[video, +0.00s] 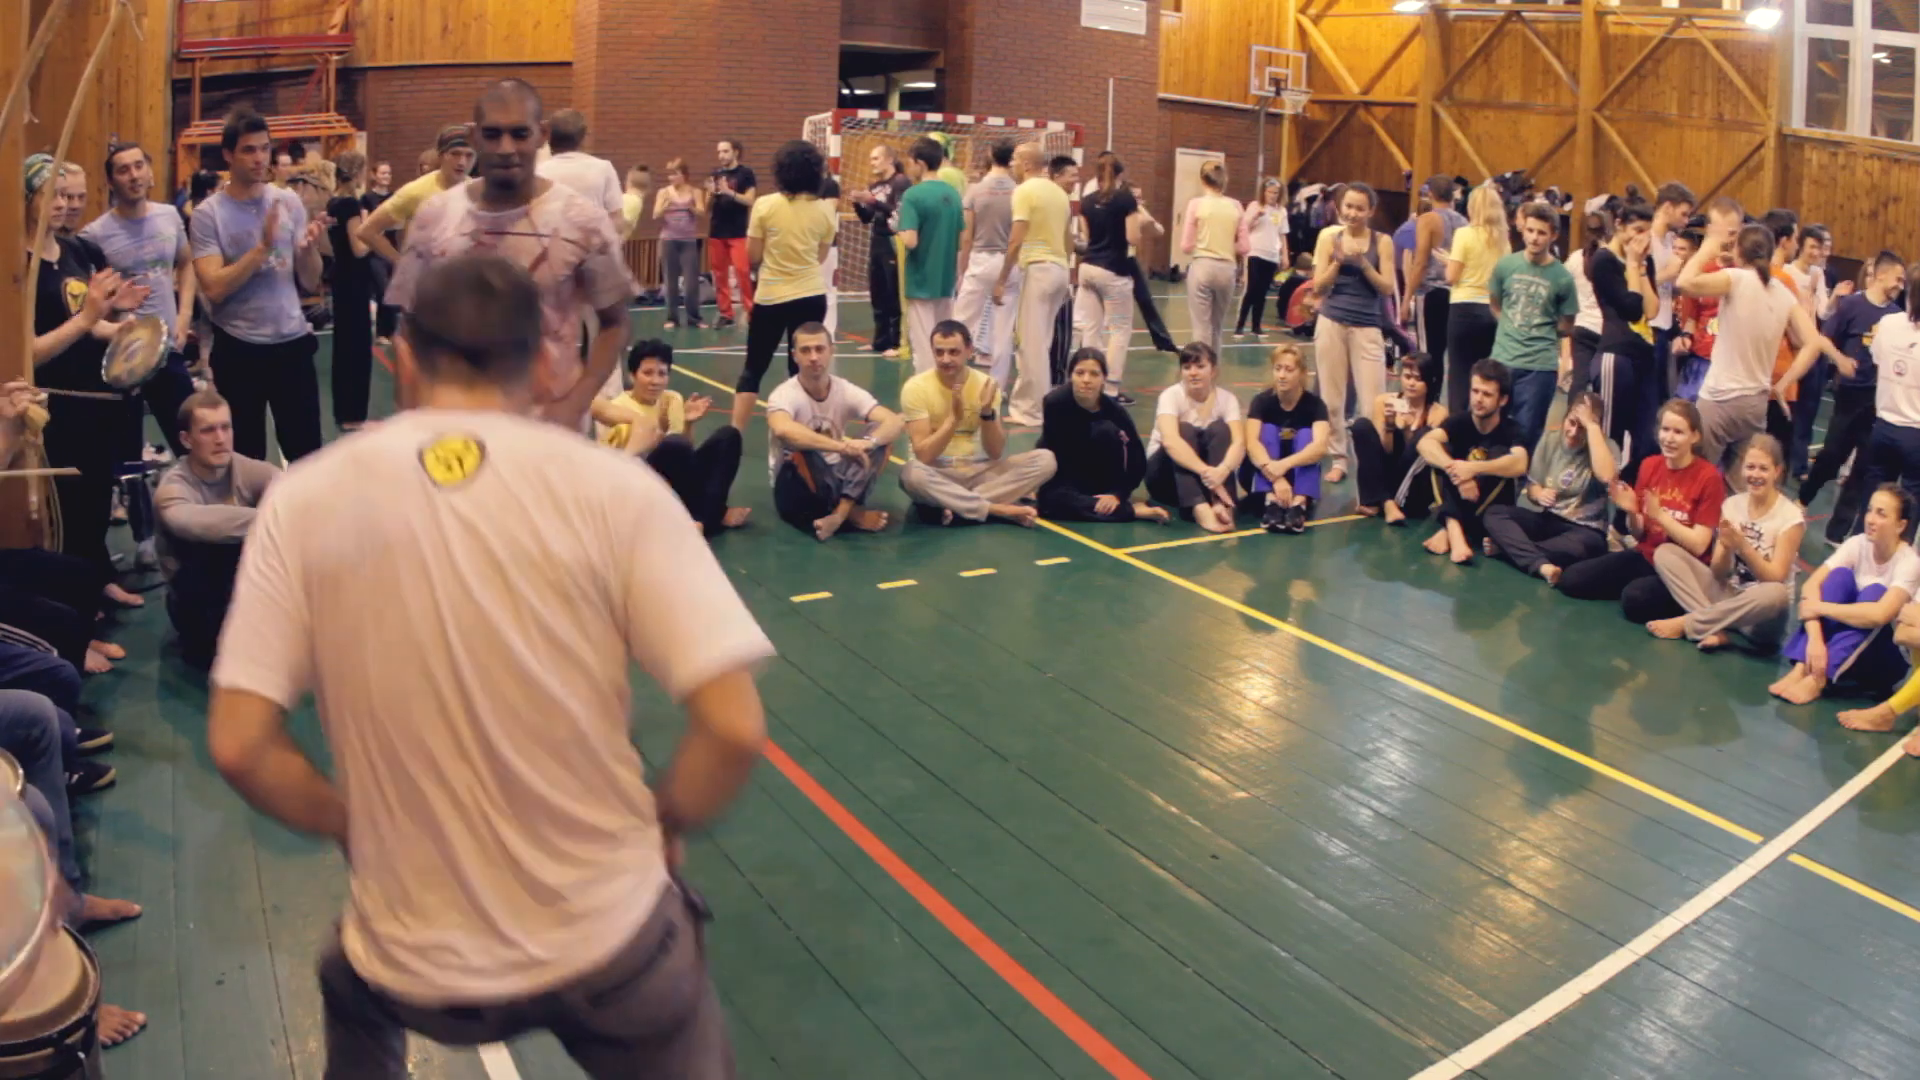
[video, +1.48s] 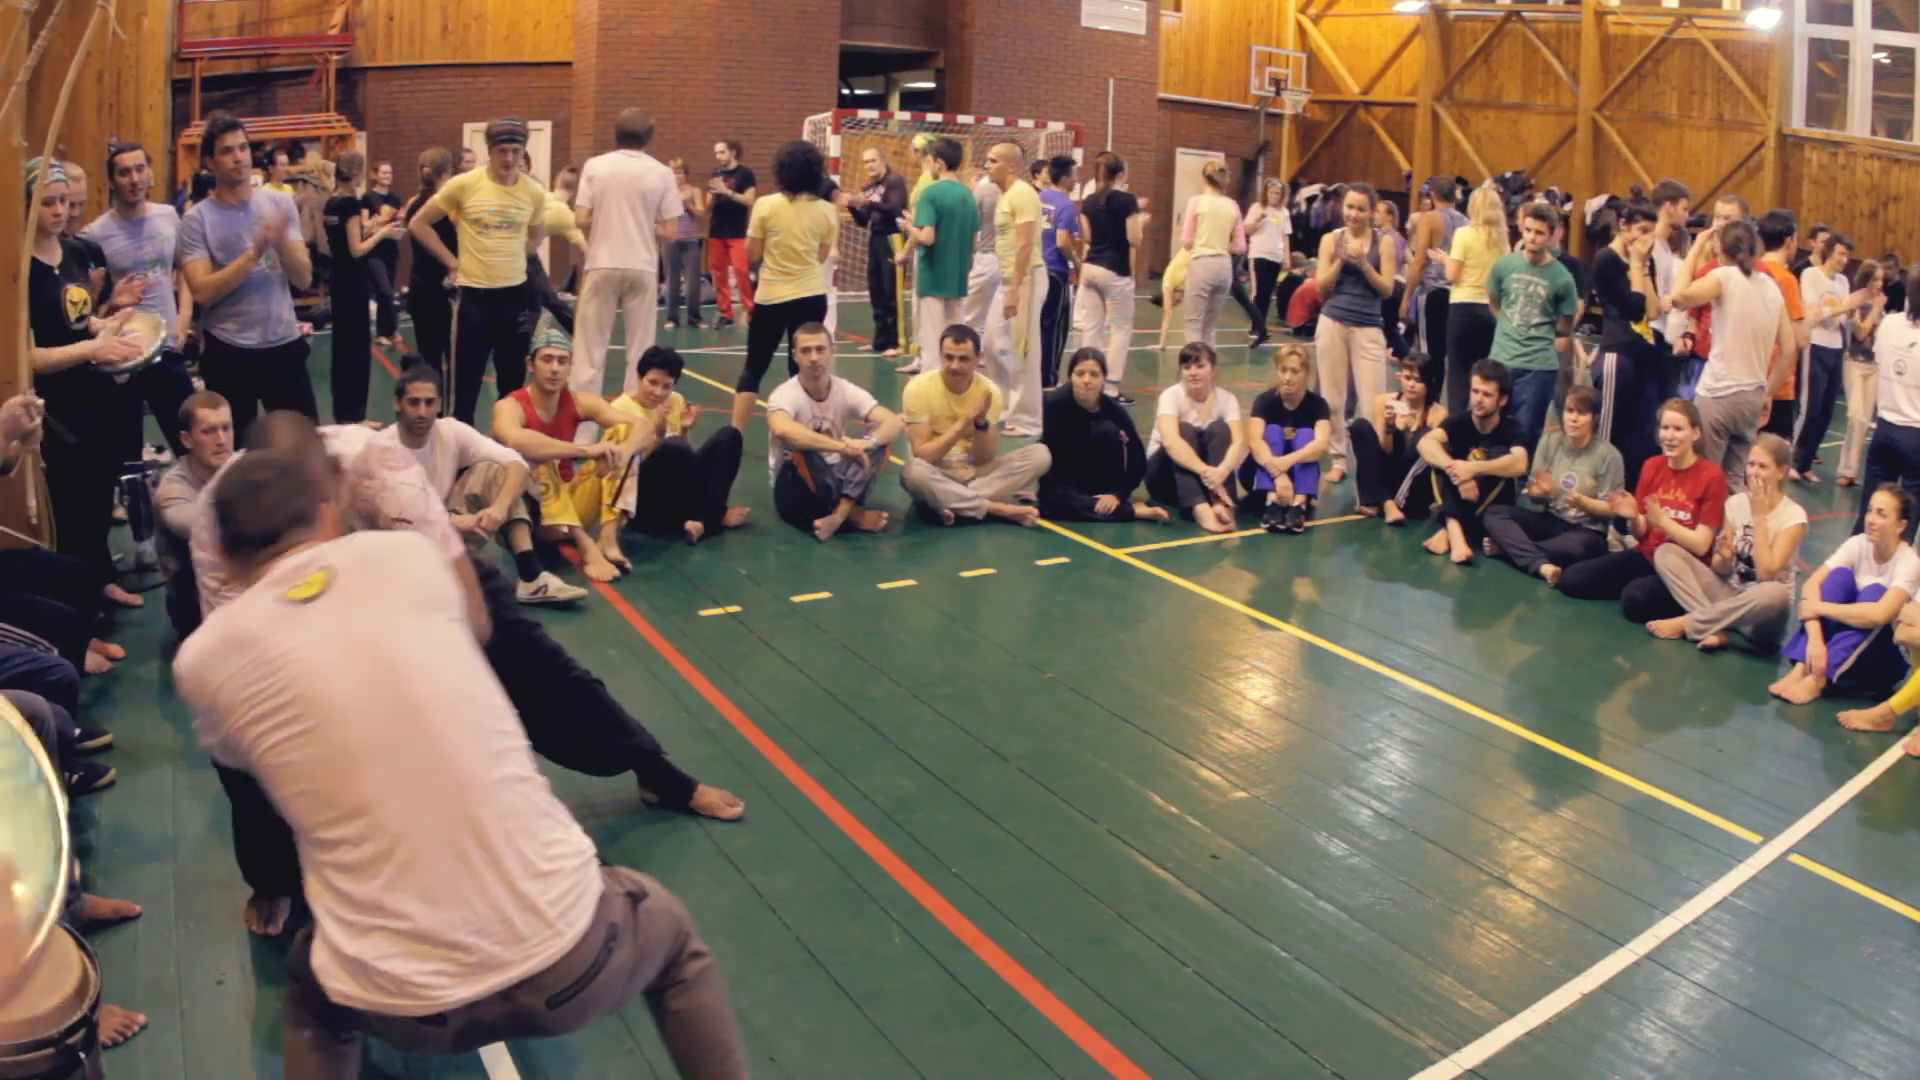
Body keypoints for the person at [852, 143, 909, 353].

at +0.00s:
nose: (872, 163)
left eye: (876, 159)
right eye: (871, 159)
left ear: (889, 160)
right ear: (875, 162)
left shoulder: (901, 183)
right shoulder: (876, 186)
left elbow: (897, 212)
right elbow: (866, 217)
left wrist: (872, 202)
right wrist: (857, 203)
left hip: (894, 239)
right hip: (877, 239)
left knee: (893, 292)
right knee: (878, 291)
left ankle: (894, 341)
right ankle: (879, 339)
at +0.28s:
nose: (874, 164)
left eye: (877, 159)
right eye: (872, 160)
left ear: (891, 160)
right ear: (874, 162)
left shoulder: (903, 183)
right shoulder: (876, 186)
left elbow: (900, 211)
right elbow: (868, 217)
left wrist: (873, 205)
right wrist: (860, 206)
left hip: (895, 238)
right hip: (878, 238)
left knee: (894, 292)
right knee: (878, 291)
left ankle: (895, 341)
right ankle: (880, 339)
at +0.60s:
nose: (875, 163)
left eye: (879, 159)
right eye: (874, 160)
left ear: (892, 160)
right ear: (876, 162)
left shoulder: (904, 182)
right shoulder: (877, 184)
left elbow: (899, 211)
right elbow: (870, 216)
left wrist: (871, 201)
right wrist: (866, 202)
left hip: (896, 237)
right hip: (879, 235)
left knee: (894, 290)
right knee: (878, 290)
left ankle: (895, 341)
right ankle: (880, 339)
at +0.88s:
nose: (873, 164)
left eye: (876, 160)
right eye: (872, 160)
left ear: (890, 161)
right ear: (878, 162)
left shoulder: (902, 182)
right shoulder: (877, 185)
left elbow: (896, 209)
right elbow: (869, 217)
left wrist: (870, 201)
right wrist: (862, 201)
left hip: (896, 235)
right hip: (879, 235)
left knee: (895, 291)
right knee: (878, 290)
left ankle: (897, 342)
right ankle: (881, 340)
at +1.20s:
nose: (870, 165)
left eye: (874, 161)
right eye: (868, 161)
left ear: (887, 161)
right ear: (870, 164)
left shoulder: (898, 182)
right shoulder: (874, 184)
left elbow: (893, 209)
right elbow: (867, 217)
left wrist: (868, 203)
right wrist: (862, 204)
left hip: (894, 235)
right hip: (878, 234)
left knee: (893, 291)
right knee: (878, 290)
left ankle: (895, 341)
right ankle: (880, 340)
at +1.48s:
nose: (869, 166)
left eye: (872, 161)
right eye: (866, 162)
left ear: (883, 162)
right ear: (864, 166)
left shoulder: (895, 181)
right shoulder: (869, 188)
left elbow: (894, 208)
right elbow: (863, 220)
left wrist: (869, 203)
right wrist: (853, 207)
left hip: (892, 236)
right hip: (876, 236)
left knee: (891, 290)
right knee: (876, 290)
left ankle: (894, 340)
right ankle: (880, 339)